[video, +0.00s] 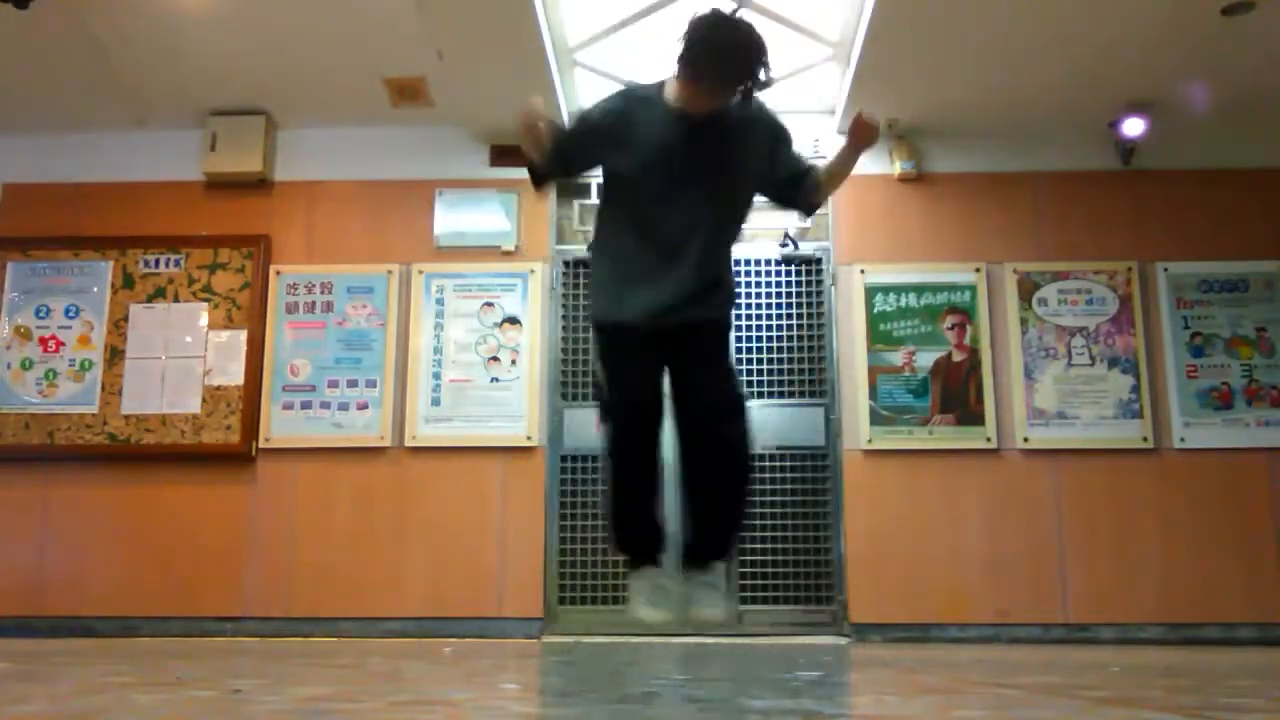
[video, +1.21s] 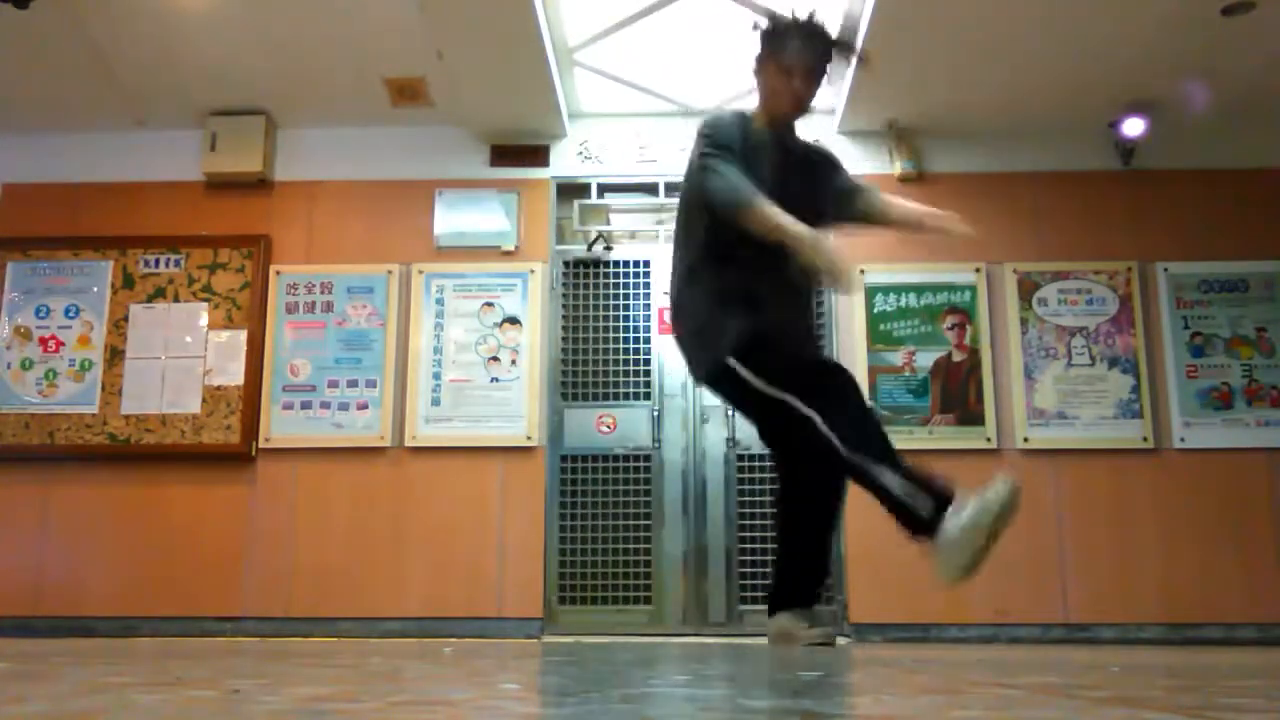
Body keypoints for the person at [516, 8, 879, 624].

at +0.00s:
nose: (711, 99)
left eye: (724, 89)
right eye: (709, 85)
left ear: (740, 84)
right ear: (693, 68)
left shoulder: (752, 128)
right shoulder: (629, 112)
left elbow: (807, 192)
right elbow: (555, 161)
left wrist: (851, 150)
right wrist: (537, 136)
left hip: (702, 310)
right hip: (624, 309)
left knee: (717, 433)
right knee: (633, 435)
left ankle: (706, 569)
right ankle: (643, 570)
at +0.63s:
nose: (721, 74)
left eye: (734, 60)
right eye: (710, 57)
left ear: (752, 55)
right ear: (691, 52)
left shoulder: (775, 119)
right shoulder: (654, 139)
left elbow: (821, 166)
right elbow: (584, 216)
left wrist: (883, 145)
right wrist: (556, 193)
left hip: (776, 320)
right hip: (696, 329)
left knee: (784, 458)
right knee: (709, 467)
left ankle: (786, 596)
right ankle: (715, 597)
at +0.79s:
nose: (749, 102)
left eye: (760, 88)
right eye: (738, 88)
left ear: (776, 88)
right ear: (716, 85)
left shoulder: (804, 153)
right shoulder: (679, 174)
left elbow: (872, 177)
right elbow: (628, 247)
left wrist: (954, 162)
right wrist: (603, 277)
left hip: (802, 343)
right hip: (724, 349)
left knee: (824, 478)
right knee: (751, 455)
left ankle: (796, 605)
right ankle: (721, 555)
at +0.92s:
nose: (756, 69)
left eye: (768, 58)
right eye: (747, 55)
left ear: (785, 54)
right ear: (728, 47)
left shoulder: (807, 107)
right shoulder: (691, 119)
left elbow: (871, 134)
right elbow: (622, 171)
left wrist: (911, 119)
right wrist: (668, 166)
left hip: (808, 279)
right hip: (729, 275)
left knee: (812, 428)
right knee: (799, 325)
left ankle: (793, 579)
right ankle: (762, 464)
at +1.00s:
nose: (768, 48)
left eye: (781, 36)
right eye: (759, 33)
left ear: (794, 34)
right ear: (738, 25)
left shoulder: (806, 88)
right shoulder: (695, 94)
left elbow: (859, 143)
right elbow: (682, 170)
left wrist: (872, 124)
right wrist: (764, 164)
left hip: (803, 258)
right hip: (725, 254)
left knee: (813, 409)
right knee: (800, 312)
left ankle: (784, 565)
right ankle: (821, 480)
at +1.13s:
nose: (792, 51)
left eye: (803, 40)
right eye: (782, 35)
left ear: (812, 45)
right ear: (754, 30)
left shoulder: (808, 122)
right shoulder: (716, 111)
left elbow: (818, 185)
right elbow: (749, 199)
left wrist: (788, 183)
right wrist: (841, 234)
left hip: (789, 286)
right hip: (724, 286)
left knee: (800, 433)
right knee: (813, 390)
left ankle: (798, 600)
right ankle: (938, 494)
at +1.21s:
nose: (803, 92)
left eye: (813, 80)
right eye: (793, 76)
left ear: (820, 85)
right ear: (762, 68)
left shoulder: (807, 162)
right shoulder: (724, 133)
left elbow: (860, 201)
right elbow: (731, 196)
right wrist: (801, 236)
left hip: (783, 332)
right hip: (721, 330)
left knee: (809, 450)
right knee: (830, 393)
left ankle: (791, 612)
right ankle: (940, 525)